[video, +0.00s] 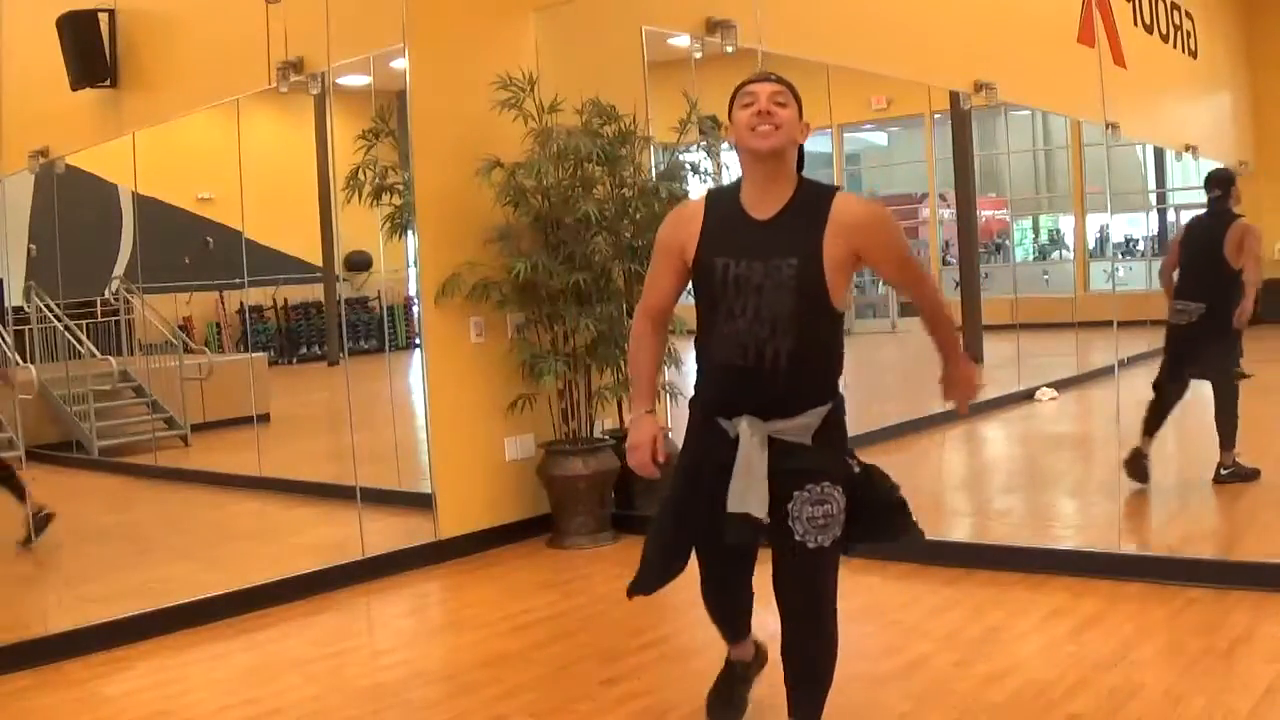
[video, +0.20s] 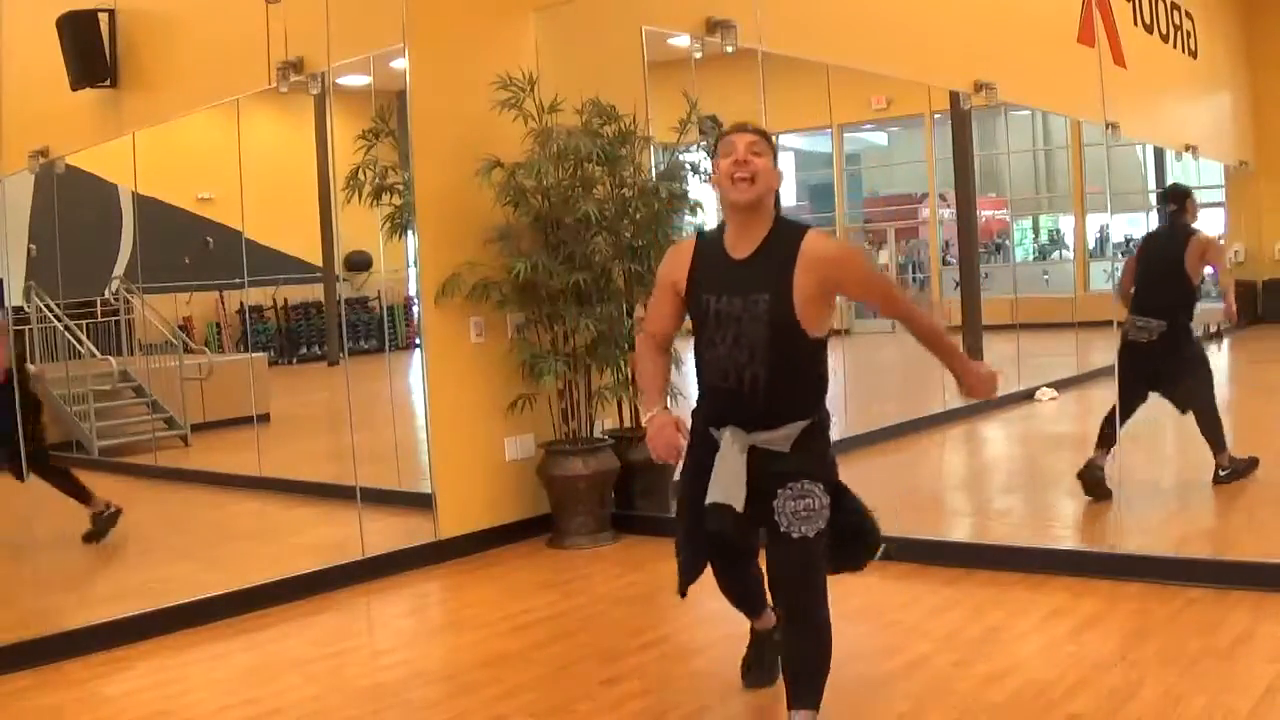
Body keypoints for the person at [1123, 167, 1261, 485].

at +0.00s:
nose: (1238, 193)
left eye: (1234, 187)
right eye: (1236, 188)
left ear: (1207, 193)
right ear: (1232, 192)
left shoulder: (1189, 227)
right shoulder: (1244, 229)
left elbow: (1166, 269)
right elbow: (1251, 267)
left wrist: (1174, 303)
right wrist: (1249, 301)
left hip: (1182, 324)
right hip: (1218, 326)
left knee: (1169, 386)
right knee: (1225, 391)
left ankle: (1141, 450)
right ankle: (1227, 462)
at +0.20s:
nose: (1197, 208)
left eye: (1195, 202)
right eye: (1195, 203)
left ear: (1166, 209)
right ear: (1188, 207)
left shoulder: (1146, 242)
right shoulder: (1200, 242)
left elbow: (1123, 288)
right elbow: (1223, 267)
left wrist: (1140, 313)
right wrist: (1229, 302)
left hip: (1135, 339)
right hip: (1173, 339)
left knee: (1126, 402)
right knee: (1203, 399)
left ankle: (1096, 463)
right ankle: (1224, 462)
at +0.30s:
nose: (1171, 223)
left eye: (1167, 218)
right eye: (1169, 217)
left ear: (1140, 221)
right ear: (1164, 219)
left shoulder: (1122, 256)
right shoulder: (1180, 256)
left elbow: (1101, 304)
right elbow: (1203, 298)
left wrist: (1128, 318)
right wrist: (1216, 341)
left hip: (1115, 352)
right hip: (1153, 353)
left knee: (1108, 415)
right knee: (1186, 408)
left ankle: (1088, 479)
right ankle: (1217, 461)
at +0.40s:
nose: (1153, 216)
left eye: (1150, 211)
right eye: (1151, 211)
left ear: (1120, 216)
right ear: (1144, 214)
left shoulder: (1106, 252)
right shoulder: (1165, 251)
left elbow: (1086, 299)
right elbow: (1181, 303)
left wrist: (1113, 296)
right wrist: (1191, 349)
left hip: (1103, 349)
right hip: (1141, 348)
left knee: (1103, 414)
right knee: (1171, 403)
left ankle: (1087, 481)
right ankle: (1195, 464)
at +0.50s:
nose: (1145, 200)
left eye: (1141, 195)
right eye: (1141, 195)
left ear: (1114, 203)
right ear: (1133, 200)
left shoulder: (1098, 238)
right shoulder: (1154, 236)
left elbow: (1083, 283)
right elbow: (1165, 285)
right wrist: (1163, 324)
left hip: (1097, 342)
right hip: (1135, 340)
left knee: (1097, 408)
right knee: (1156, 402)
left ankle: (1087, 480)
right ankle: (1165, 469)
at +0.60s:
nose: (1137, 199)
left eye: (1133, 195)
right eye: (1135, 195)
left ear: (1105, 200)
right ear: (1129, 198)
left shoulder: (1089, 233)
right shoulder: (1149, 232)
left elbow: (1084, 276)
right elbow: (1153, 266)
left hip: (1093, 335)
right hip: (1131, 334)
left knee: (1090, 407)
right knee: (1138, 399)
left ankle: (1086, 481)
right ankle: (1128, 473)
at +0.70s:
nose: (1134, 201)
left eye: (1131, 196)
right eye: (1132, 196)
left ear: (1103, 200)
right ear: (1126, 199)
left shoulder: (1086, 233)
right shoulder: (1143, 232)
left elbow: (1085, 270)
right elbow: (1158, 249)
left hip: (1090, 335)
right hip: (1126, 333)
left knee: (1088, 405)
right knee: (1127, 395)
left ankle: (1085, 482)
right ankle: (1106, 458)